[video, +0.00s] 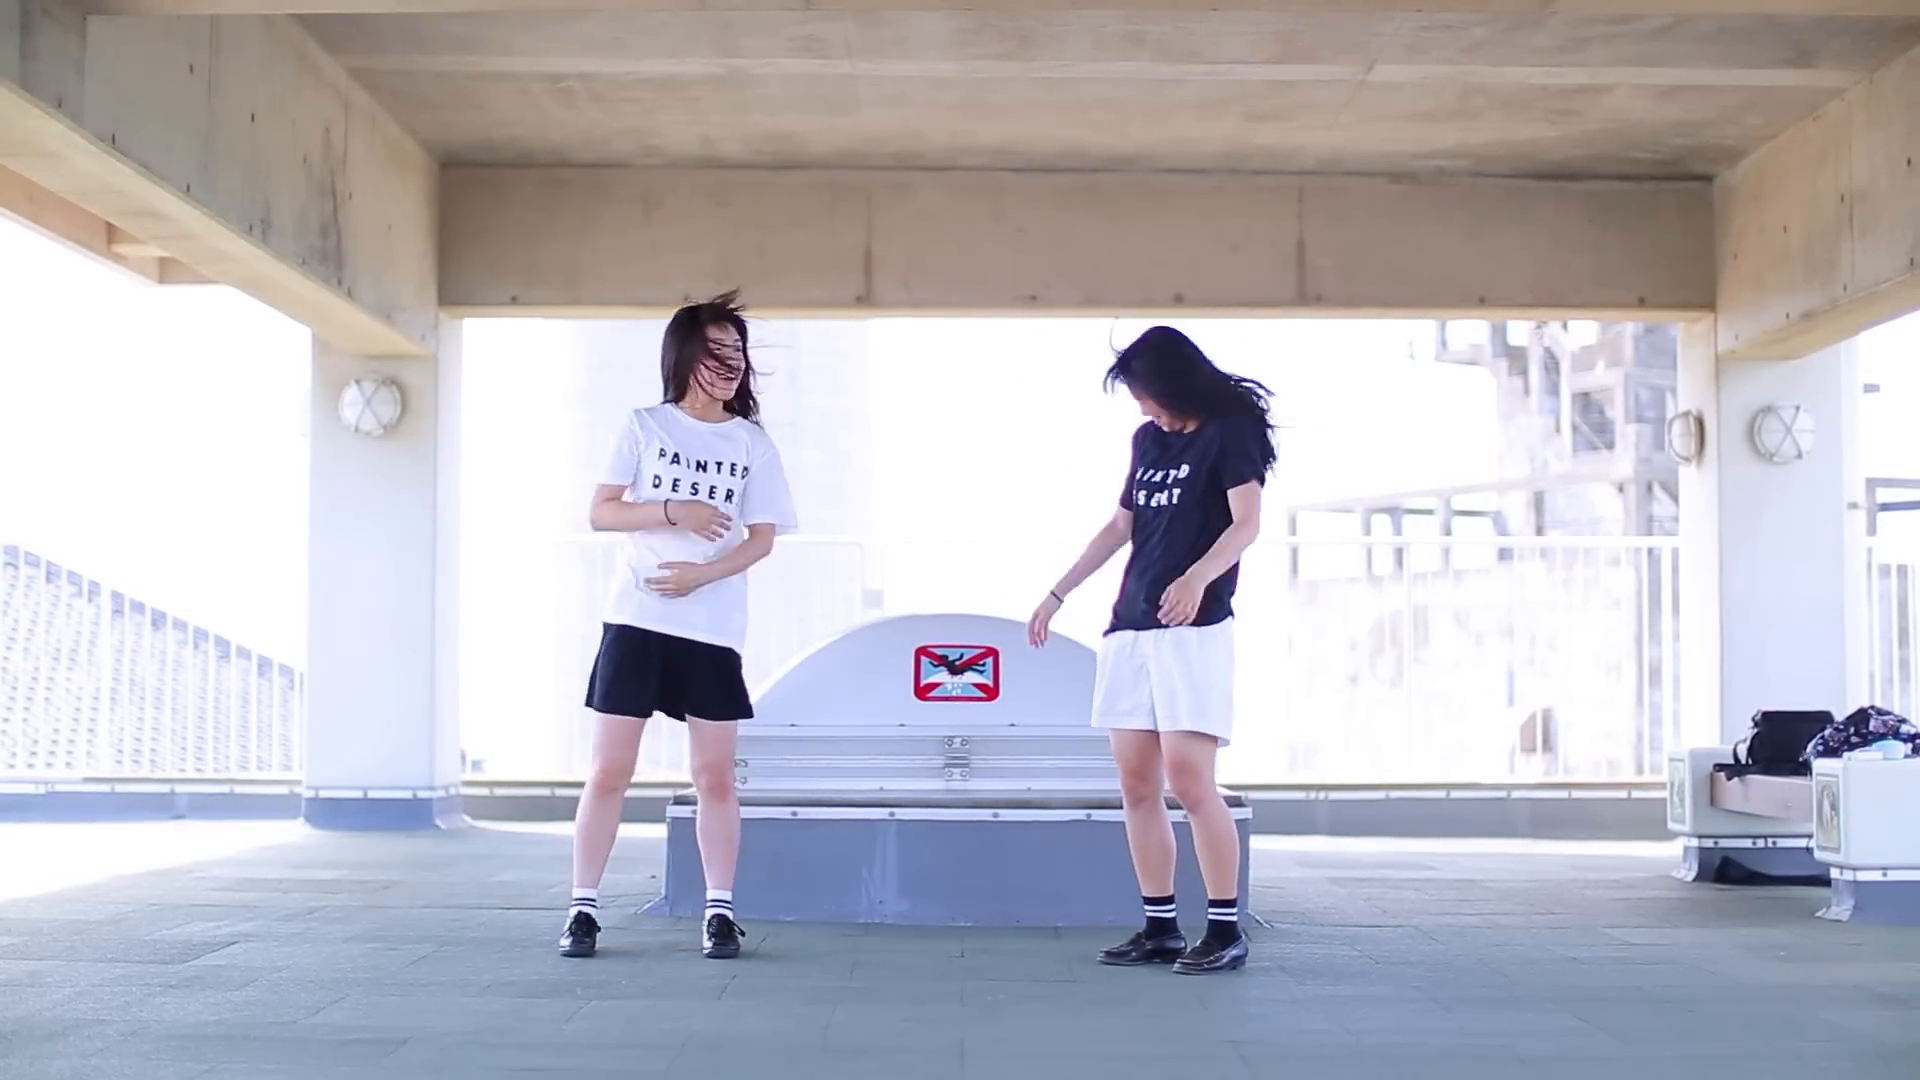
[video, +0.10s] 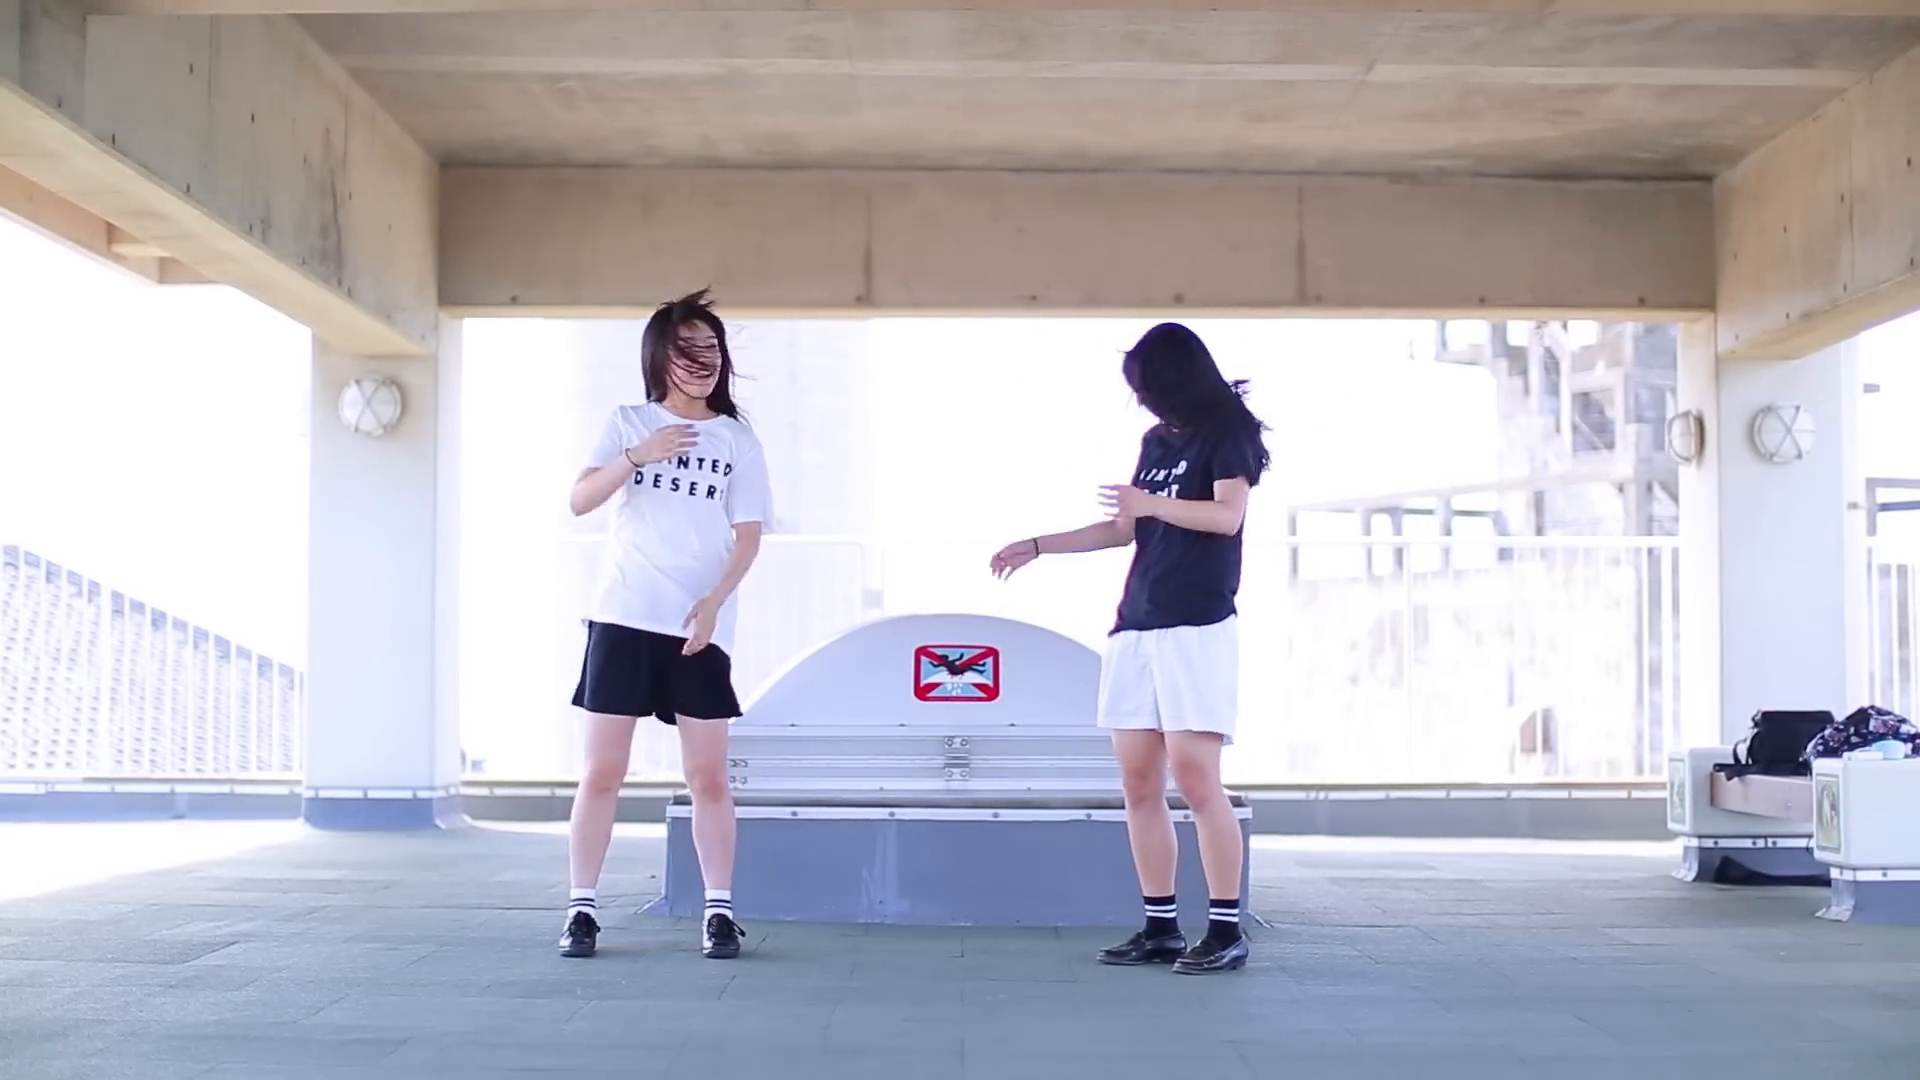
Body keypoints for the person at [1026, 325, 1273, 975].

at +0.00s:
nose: (1145, 412)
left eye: (1150, 399)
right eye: (1139, 401)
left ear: (1179, 386)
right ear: (1141, 392)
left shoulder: (1232, 428)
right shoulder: (1148, 438)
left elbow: (1247, 524)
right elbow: (1120, 526)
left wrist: (1195, 578)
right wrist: (1059, 591)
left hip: (1194, 633)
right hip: (1128, 632)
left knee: (1190, 781)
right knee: (1138, 785)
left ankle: (1226, 933)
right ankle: (1160, 929)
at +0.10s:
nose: (1142, 401)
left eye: (1146, 387)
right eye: (1137, 390)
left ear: (1175, 375)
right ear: (1152, 381)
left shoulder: (1229, 429)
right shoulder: (1157, 440)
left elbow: (1229, 516)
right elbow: (1125, 529)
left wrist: (1150, 505)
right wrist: (1042, 544)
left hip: (1196, 630)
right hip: (1135, 631)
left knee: (1196, 780)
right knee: (1140, 784)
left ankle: (1226, 933)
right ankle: (1159, 930)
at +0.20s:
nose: (1146, 404)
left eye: (1152, 391)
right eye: (1142, 395)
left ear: (1182, 377)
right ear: (1150, 391)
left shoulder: (1238, 426)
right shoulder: (1163, 445)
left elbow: (1199, 497)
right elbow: (1112, 524)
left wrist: (1137, 433)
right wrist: (1047, 488)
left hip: (1200, 631)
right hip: (1136, 632)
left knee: (1200, 781)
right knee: (1143, 785)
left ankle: (1226, 933)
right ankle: (1161, 930)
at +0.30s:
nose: (1137, 400)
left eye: (1142, 385)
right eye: (1133, 390)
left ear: (1173, 378)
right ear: (1158, 389)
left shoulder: (1235, 441)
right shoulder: (1154, 457)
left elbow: (1179, 459)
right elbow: (1090, 502)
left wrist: (1146, 388)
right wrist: (1068, 430)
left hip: (1202, 634)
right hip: (1137, 637)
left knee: (1204, 780)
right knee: (1145, 783)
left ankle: (1227, 932)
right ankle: (1160, 929)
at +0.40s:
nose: (1143, 392)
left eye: (1150, 374)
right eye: (1139, 379)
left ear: (1184, 369)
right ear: (1159, 385)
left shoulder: (1241, 438)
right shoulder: (1157, 450)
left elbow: (1177, 454)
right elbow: (1079, 472)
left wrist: (1156, 380)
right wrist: (1096, 392)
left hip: (1200, 632)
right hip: (1137, 635)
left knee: (1205, 776)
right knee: (1148, 781)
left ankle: (1228, 930)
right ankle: (1160, 928)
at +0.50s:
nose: (1159, 398)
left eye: (1168, 384)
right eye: (1153, 389)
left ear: (1202, 378)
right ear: (1155, 393)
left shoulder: (1241, 442)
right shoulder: (1156, 450)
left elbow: (1191, 458)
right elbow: (1075, 457)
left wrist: (1179, 385)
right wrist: (1116, 385)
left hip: (1198, 634)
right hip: (1136, 636)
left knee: (1206, 778)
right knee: (1151, 782)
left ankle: (1227, 930)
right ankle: (1160, 928)